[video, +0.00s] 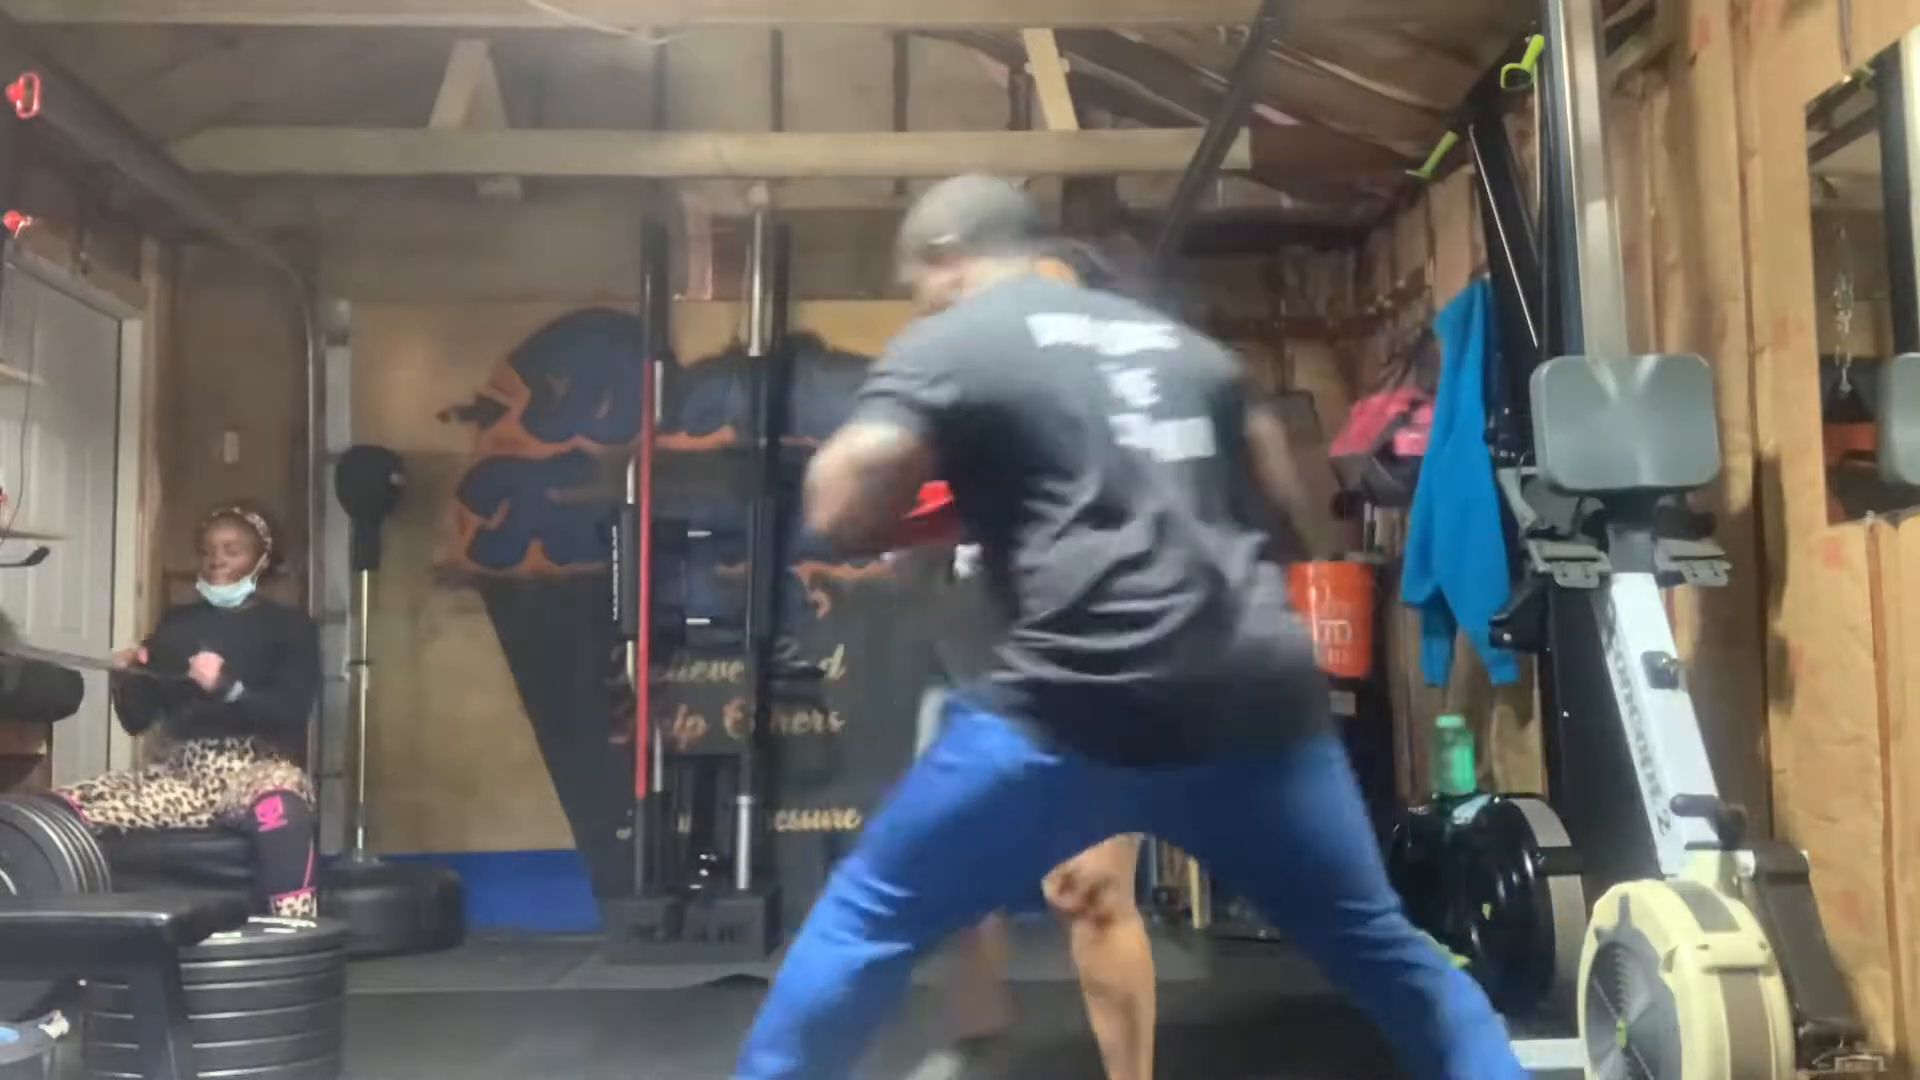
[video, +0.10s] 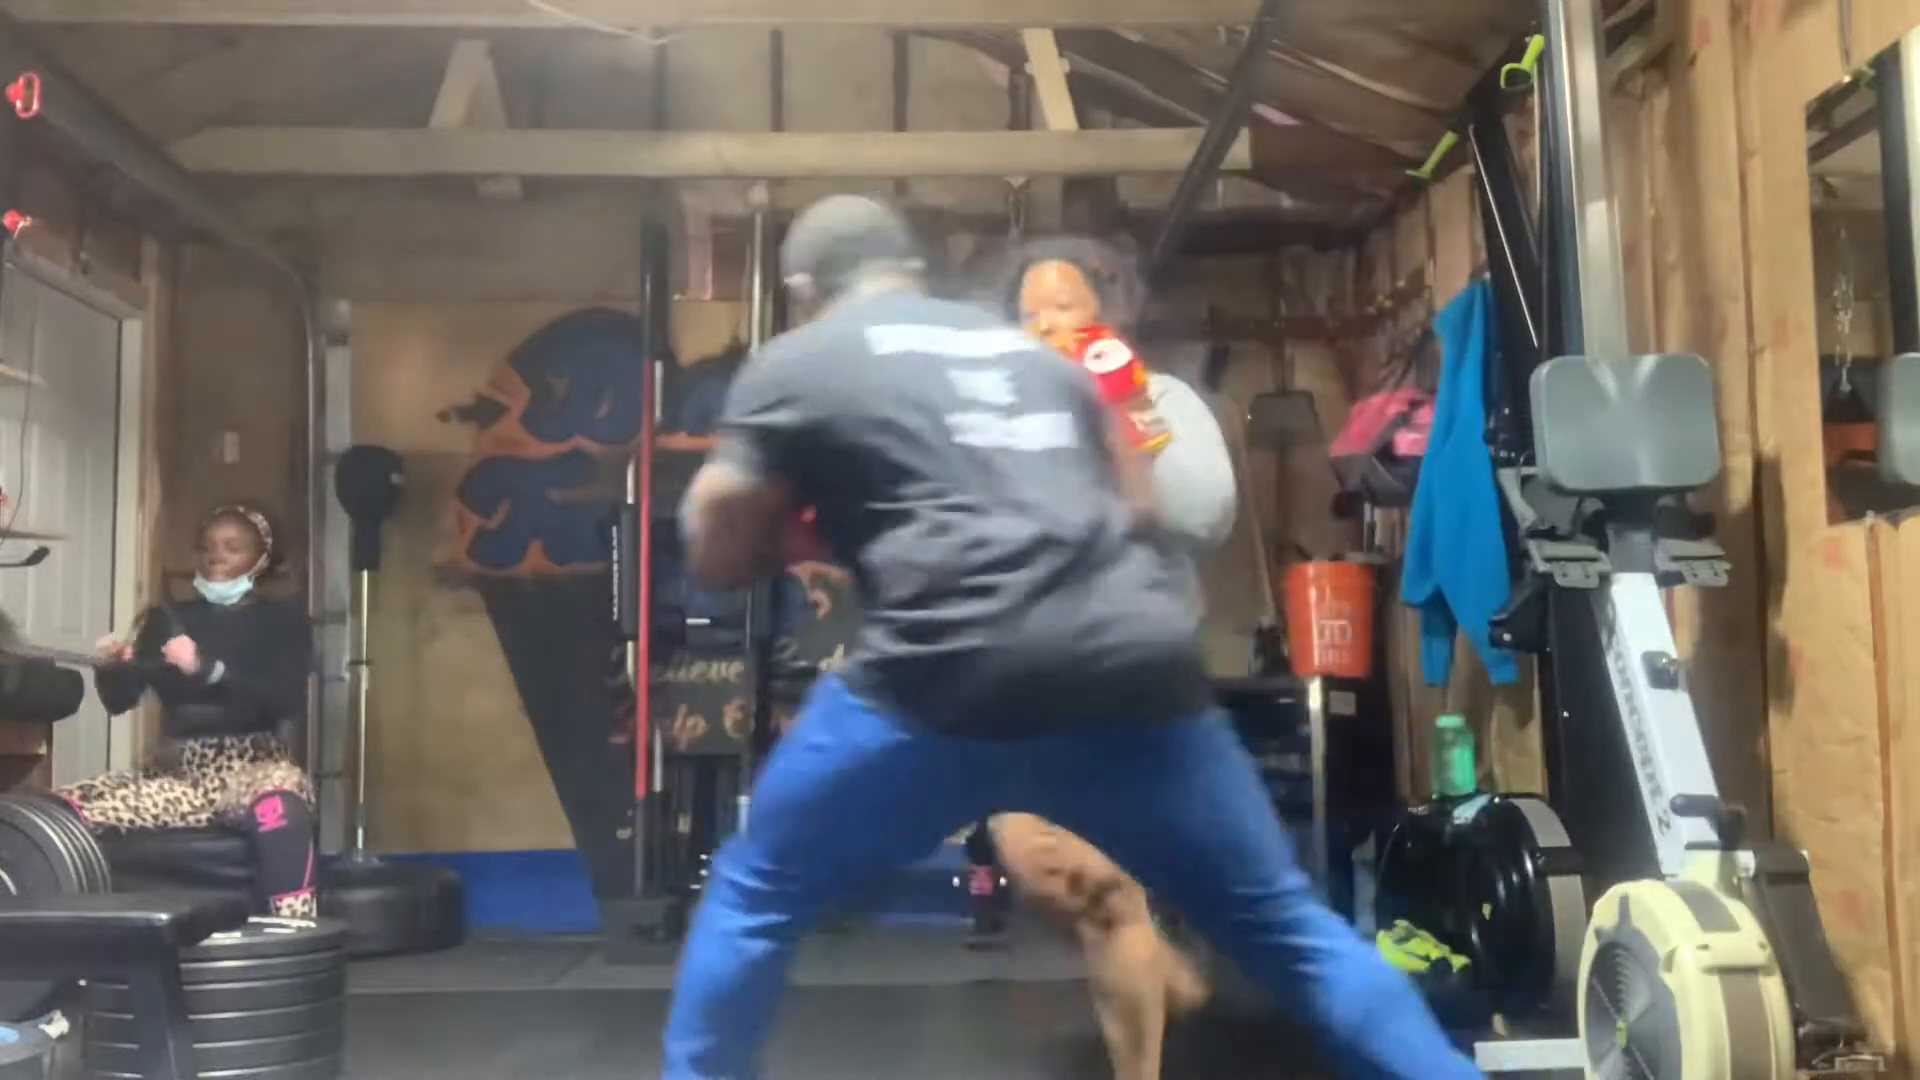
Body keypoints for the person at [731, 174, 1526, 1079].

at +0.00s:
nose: (916, 303)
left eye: (915, 287)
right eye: (912, 287)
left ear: (947, 265)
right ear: (1044, 251)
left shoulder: (947, 338)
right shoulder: (1187, 341)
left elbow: (841, 508)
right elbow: (1289, 505)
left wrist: (895, 538)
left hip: (1069, 704)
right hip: (1262, 707)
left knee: (869, 916)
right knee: (1378, 943)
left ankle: (770, 1071)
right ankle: (1503, 1073)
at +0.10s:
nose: (784, 311)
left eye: (786, 296)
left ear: (806, 287)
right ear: (920, 266)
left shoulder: (790, 367)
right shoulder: (1036, 350)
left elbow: (720, 556)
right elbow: (1136, 504)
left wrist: (794, 515)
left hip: (939, 673)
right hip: (1130, 665)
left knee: (758, 894)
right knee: (1284, 920)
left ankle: (696, 1069)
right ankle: (1449, 1073)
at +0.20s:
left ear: (719, 287)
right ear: (831, 268)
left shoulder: (679, 376)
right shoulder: (944, 342)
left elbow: (639, 573)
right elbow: (1031, 508)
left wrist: (713, 515)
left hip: (830, 658)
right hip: (1022, 649)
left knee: (672, 896)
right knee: (1152, 920)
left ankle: (665, 1072)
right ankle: (1285, 1071)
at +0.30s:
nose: (791, 263)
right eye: (789, 252)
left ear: (672, 271)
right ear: (774, 248)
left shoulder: (610, 371)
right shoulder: (886, 324)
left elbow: (599, 564)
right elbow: (969, 488)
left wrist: (682, 490)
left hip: (728, 657)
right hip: (928, 648)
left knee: (626, 904)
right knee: (1005, 918)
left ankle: (639, 1069)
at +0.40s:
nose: (770, 240)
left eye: (765, 231)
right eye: (765, 227)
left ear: (643, 236)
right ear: (737, 220)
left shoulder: (561, 356)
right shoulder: (833, 293)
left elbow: (568, 541)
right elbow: (909, 407)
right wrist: (935, 508)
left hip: (645, 652)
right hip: (834, 648)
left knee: (615, 891)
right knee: (902, 915)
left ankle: (630, 1069)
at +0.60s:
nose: (728, 211)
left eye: (727, 196)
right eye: (721, 195)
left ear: (604, 187)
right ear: (674, 186)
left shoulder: (521, 297)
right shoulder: (725, 259)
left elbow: (524, 470)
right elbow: (821, 432)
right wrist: (797, 519)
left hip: (488, 634)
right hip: (646, 625)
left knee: (620, 895)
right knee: (818, 902)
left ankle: (540, 1073)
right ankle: (774, 1073)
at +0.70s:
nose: (716, 198)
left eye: (716, 176)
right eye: (705, 177)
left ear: (596, 170)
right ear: (652, 166)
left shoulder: (527, 255)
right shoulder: (662, 239)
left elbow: (545, 431)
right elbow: (736, 406)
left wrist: (697, 504)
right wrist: (774, 494)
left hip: (420, 604)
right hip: (560, 591)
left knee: (579, 890)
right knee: (748, 884)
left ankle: (523, 1073)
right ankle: (709, 1070)